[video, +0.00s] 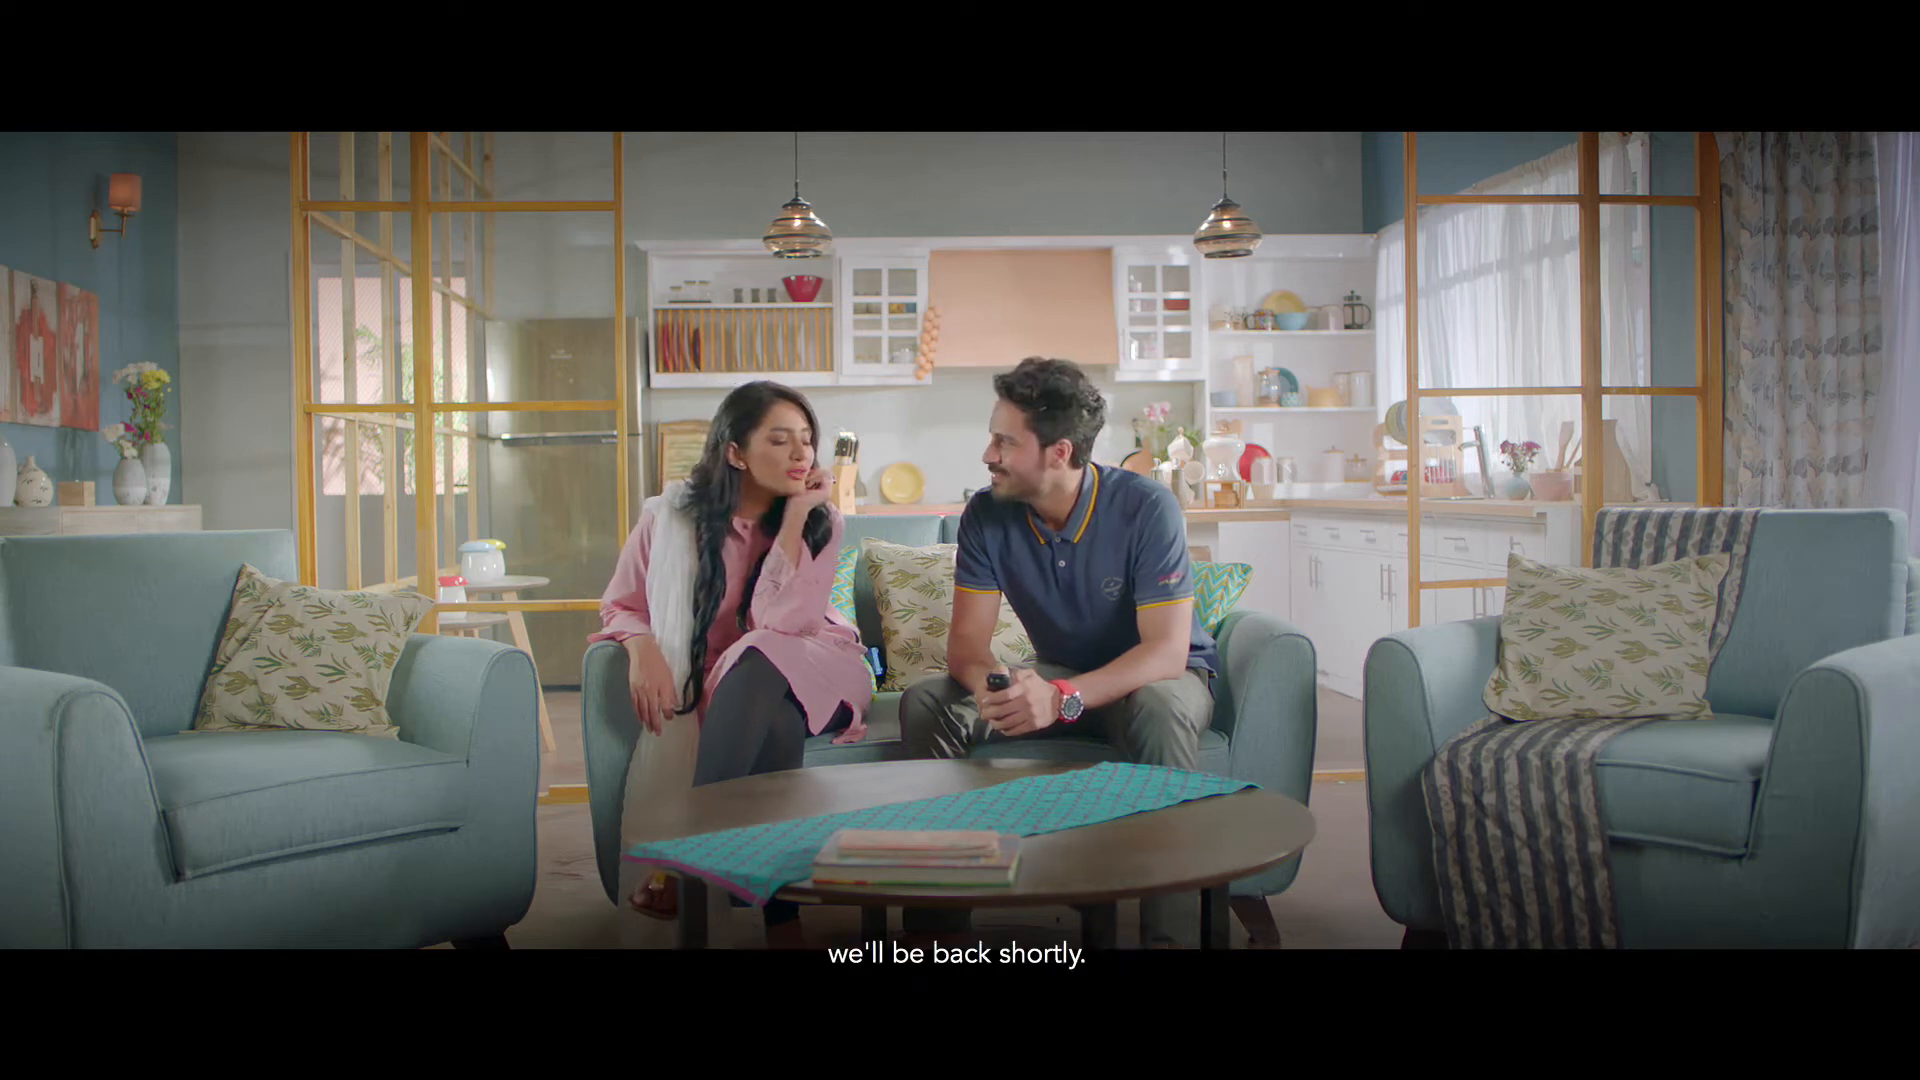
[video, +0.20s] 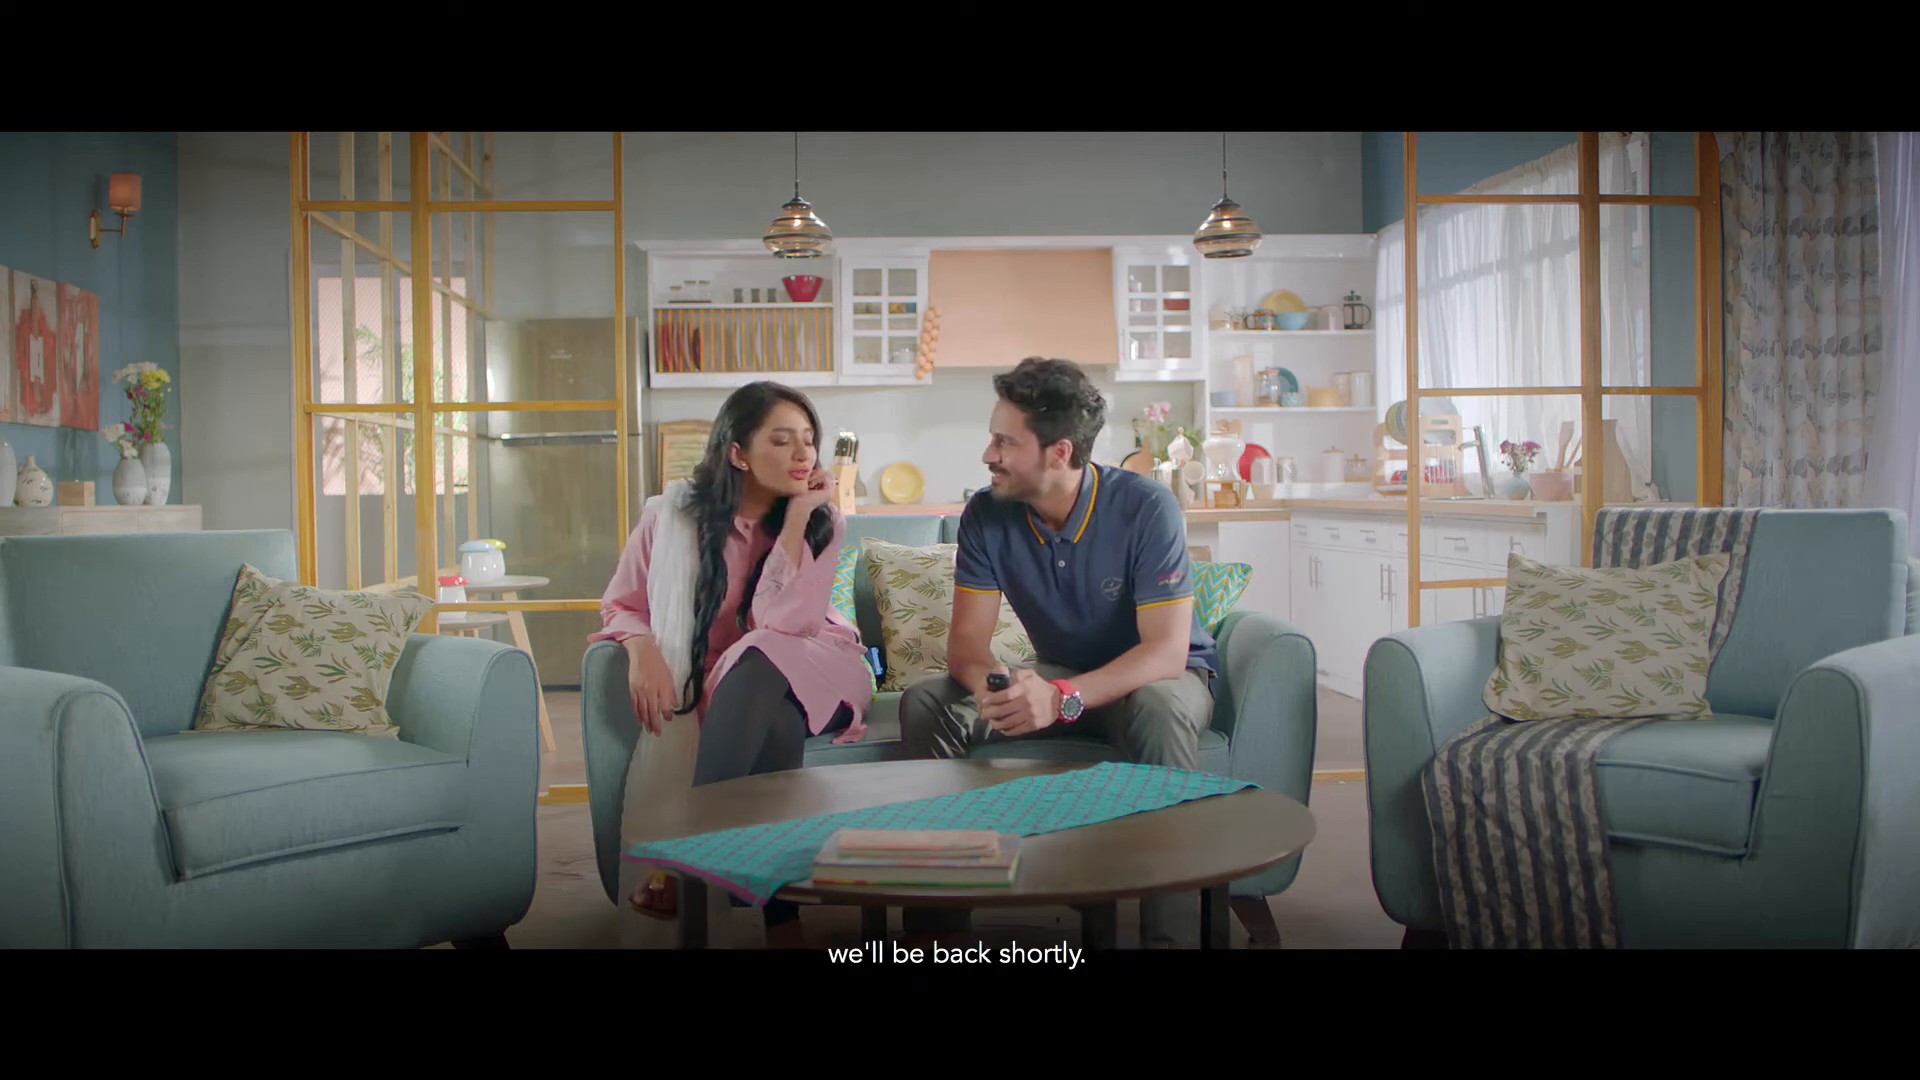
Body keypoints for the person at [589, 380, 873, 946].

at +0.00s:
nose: (802, 454)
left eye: (806, 440)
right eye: (781, 440)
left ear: (814, 451)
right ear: (736, 453)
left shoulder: (818, 522)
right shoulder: (668, 516)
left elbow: (784, 624)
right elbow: (621, 609)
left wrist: (794, 522)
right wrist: (641, 642)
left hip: (821, 668)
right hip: (723, 679)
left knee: (756, 657)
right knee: (777, 722)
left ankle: (687, 860)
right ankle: (781, 912)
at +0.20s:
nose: (804, 455)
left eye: (808, 441)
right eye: (783, 440)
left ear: (817, 453)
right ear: (738, 454)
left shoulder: (818, 522)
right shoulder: (668, 516)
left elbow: (785, 626)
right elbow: (621, 609)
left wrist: (796, 522)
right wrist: (640, 641)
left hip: (822, 668)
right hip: (723, 679)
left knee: (757, 658)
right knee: (777, 722)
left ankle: (687, 862)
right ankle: (781, 912)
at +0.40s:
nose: (809, 447)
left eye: (813, 434)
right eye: (788, 432)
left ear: (821, 444)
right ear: (744, 446)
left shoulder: (816, 516)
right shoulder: (676, 509)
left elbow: (791, 627)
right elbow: (623, 606)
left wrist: (830, 523)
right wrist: (640, 646)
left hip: (821, 672)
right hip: (718, 681)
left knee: (757, 659)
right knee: (776, 722)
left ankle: (688, 860)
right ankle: (780, 911)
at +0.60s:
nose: (809, 433)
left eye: (816, 422)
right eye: (790, 419)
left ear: (823, 435)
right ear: (745, 435)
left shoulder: (829, 520)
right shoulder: (682, 509)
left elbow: (863, 619)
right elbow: (626, 597)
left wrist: (912, 619)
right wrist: (642, 649)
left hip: (818, 678)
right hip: (718, 681)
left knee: (765, 646)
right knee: (780, 721)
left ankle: (697, 853)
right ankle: (780, 908)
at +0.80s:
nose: (821, 428)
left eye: (828, 418)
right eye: (802, 413)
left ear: (835, 432)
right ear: (758, 426)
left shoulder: (828, 515)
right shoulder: (693, 502)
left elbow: (891, 599)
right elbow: (638, 594)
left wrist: (965, 666)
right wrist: (644, 656)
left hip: (817, 670)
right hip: (720, 674)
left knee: (774, 647)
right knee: (788, 721)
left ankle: (705, 846)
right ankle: (781, 905)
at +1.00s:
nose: (825, 425)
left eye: (833, 415)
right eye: (808, 410)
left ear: (841, 431)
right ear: (765, 421)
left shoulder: (838, 513)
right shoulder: (703, 501)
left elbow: (891, 601)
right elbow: (643, 595)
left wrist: (942, 662)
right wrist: (643, 650)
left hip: (827, 668)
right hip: (731, 672)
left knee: (782, 647)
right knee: (789, 718)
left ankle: (708, 845)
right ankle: (783, 907)